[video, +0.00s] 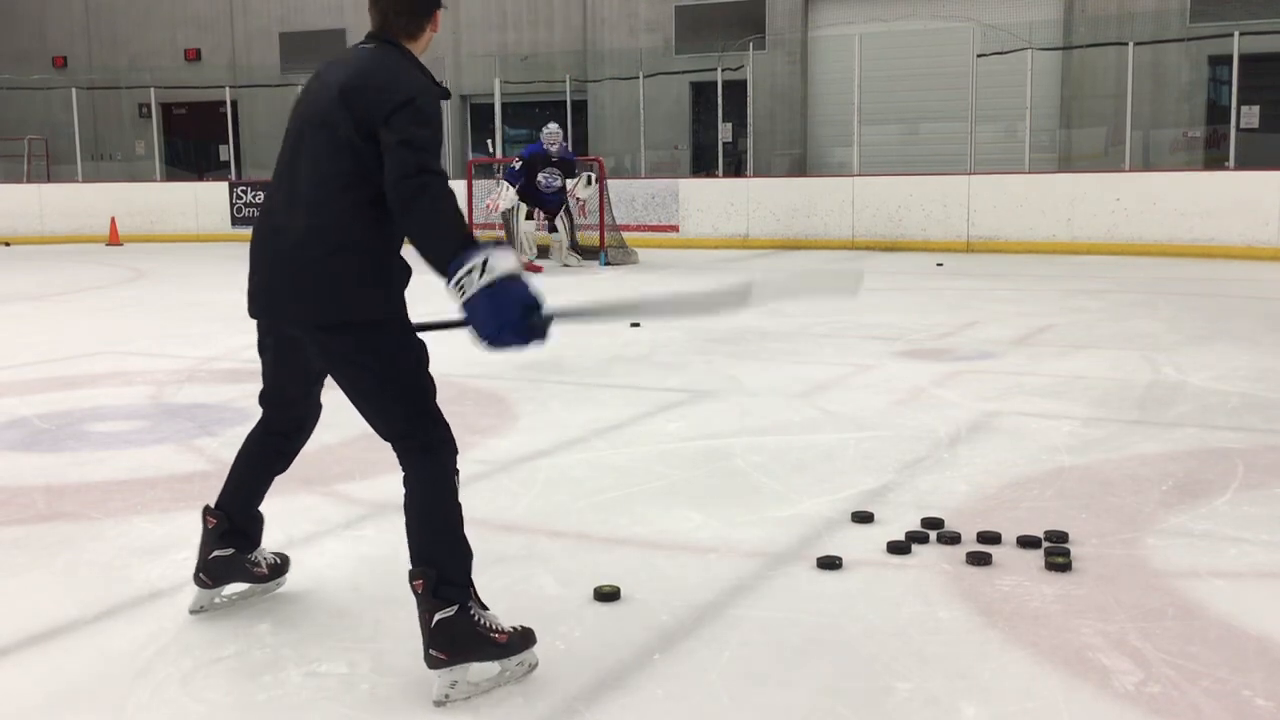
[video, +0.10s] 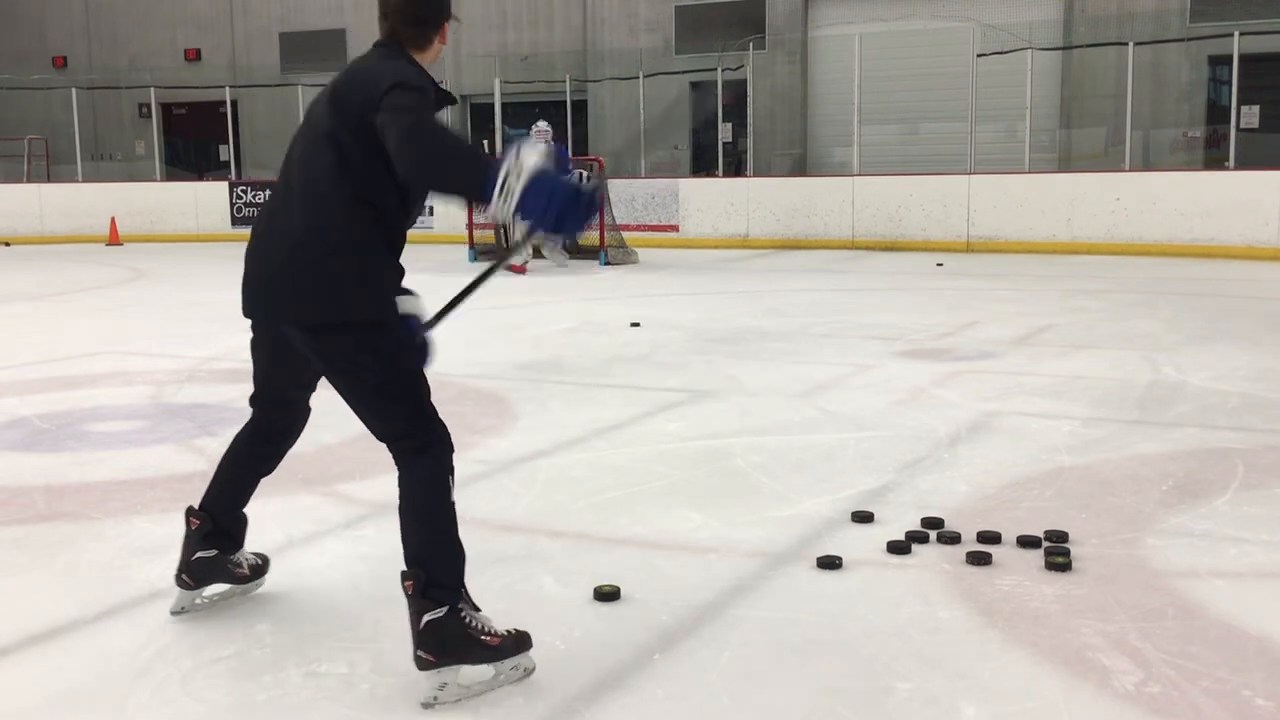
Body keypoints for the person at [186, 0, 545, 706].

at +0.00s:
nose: (439, 26)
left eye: (434, 16)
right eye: (439, 17)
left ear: (375, 16)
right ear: (431, 23)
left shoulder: (331, 74)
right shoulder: (405, 84)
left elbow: (318, 187)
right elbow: (417, 189)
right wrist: (475, 271)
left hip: (280, 290)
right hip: (351, 298)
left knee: (283, 422)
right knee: (428, 450)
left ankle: (223, 546)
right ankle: (449, 614)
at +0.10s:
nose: (448, 38)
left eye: (444, 26)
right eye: (448, 27)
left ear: (384, 22)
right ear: (439, 31)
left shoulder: (349, 81)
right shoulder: (402, 83)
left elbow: (345, 208)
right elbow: (422, 152)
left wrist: (393, 300)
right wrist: (511, 182)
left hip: (273, 285)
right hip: (341, 292)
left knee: (276, 417)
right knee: (424, 447)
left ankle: (207, 546)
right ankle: (442, 616)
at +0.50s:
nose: (483, 126)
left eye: (483, 116)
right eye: (487, 115)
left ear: (428, 95)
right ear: (479, 107)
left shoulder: (379, 134)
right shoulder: (452, 135)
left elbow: (340, 229)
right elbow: (445, 182)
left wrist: (397, 306)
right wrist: (406, 275)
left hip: (255, 293)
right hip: (329, 307)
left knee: (289, 417)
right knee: (409, 462)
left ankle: (212, 542)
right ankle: (407, 617)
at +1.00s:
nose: (448, 96)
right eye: (452, 89)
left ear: (398, 83)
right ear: (451, 93)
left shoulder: (350, 122)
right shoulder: (462, 164)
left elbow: (278, 153)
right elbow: (443, 248)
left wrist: (212, 208)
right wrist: (414, 275)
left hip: (307, 289)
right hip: (375, 309)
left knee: (384, 383)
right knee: (419, 448)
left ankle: (342, 490)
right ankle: (384, 566)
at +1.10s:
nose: (466, 85)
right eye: (468, 78)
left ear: (414, 75)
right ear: (465, 83)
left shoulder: (365, 117)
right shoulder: (475, 149)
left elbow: (284, 153)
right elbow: (475, 236)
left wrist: (240, 224)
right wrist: (477, 293)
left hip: (323, 281)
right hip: (384, 290)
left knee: (409, 378)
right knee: (450, 422)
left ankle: (365, 484)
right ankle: (422, 548)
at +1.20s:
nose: (484, 78)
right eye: (486, 71)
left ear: (430, 67)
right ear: (482, 74)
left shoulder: (380, 112)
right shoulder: (491, 138)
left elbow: (303, 160)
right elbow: (504, 226)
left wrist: (280, 237)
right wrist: (528, 292)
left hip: (342, 274)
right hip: (403, 284)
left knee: (429, 374)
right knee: (470, 408)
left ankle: (382, 483)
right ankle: (451, 541)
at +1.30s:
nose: (508, 71)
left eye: (496, 61)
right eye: (510, 64)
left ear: (454, 61)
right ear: (504, 68)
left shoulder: (401, 107)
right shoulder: (506, 125)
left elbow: (328, 165)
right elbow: (529, 220)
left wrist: (322, 242)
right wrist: (562, 289)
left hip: (362, 265)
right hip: (420, 275)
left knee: (437, 376)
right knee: (489, 401)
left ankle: (393, 484)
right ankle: (470, 537)